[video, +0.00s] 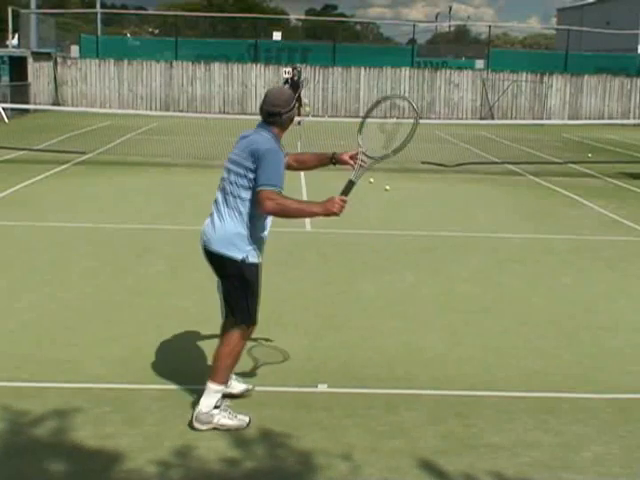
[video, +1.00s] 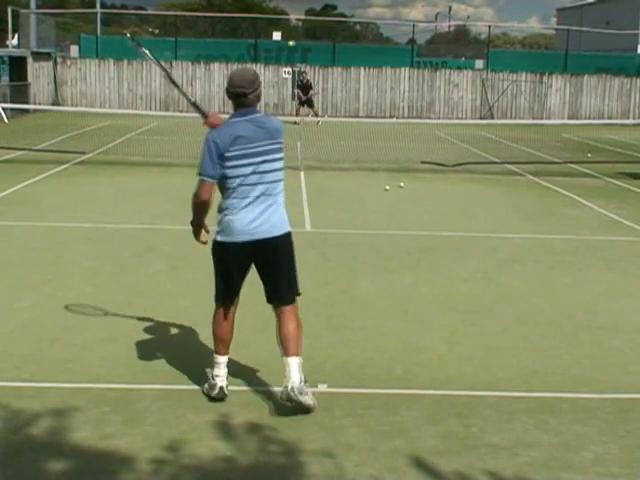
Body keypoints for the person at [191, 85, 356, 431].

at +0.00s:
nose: (298, 115)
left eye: (296, 109)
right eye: (297, 110)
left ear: (264, 112)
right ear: (291, 116)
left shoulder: (251, 139)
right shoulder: (269, 149)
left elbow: (291, 161)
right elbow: (268, 203)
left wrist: (335, 158)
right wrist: (321, 207)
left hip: (218, 239)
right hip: (237, 248)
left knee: (236, 317)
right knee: (242, 325)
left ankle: (221, 377)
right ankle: (207, 407)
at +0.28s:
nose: (288, 126)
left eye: (287, 121)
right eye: (287, 121)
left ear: (256, 120)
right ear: (281, 124)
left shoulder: (248, 143)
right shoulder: (251, 151)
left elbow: (275, 165)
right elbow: (239, 195)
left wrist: (311, 170)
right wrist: (281, 196)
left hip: (206, 241)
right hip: (216, 248)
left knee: (223, 314)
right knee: (232, 326)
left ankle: (202, 371)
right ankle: (207, 407)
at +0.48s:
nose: (279, 117)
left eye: (278, 112)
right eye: (279, 112)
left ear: (250, 110)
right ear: (274, 114)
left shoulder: (238, 140)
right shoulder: (247, 145)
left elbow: (269, 195)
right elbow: (272, 196)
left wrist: (313, 203)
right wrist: (320, 203)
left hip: (209, 238)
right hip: (221, 244)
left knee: (224, 315)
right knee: (235, 319)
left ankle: (209, 373)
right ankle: (209, 403)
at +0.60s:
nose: (269, 101)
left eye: (268, 96)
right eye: (267, 96)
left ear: (240, 97)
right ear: (257, 98)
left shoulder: (212, 128)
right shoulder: (256, 135)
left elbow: (179, 163)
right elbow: (299, 175)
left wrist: (168, 196)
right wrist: (349, 179)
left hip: (207, 232)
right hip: (236, 237)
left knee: (226, 299)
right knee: (242, 308)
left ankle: (209, 368)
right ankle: (218, 394)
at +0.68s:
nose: (261, 97)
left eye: (260, 91)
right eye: (260, 92)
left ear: (229, 94)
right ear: (252, 94)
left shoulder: (205, 127)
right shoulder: (262, 126)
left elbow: (175, 173)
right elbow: (298, 159)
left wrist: (175, 206)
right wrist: (328, 156)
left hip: (212, 228)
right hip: (246, 231)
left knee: (219, 297)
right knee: (246, 304)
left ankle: (207, 367)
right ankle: (226, 386)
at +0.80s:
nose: (256, 91)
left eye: (251, 85)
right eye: (254, 87)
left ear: (223, 92)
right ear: (251, 91)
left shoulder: (204, 132)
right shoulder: (265, 122)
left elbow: (183, 188)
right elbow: (283, 142)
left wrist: (195, 214)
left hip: (221, 231)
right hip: (261, 229)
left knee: (219, 298)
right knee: (260, 303)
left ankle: (211, 370)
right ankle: (250, 381)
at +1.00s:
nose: (239, 99)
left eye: (233, 95)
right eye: (251, 94)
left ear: (229, 97)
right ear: (259, 96)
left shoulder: (218, 136)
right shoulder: (274, 128)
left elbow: (204, 195)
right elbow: (251, 133)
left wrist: (197, 222)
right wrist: (223, 125)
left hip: (234, 236)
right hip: (275, 233)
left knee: (225, 305)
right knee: (287, 306)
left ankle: (218, 379)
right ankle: (295, 384)